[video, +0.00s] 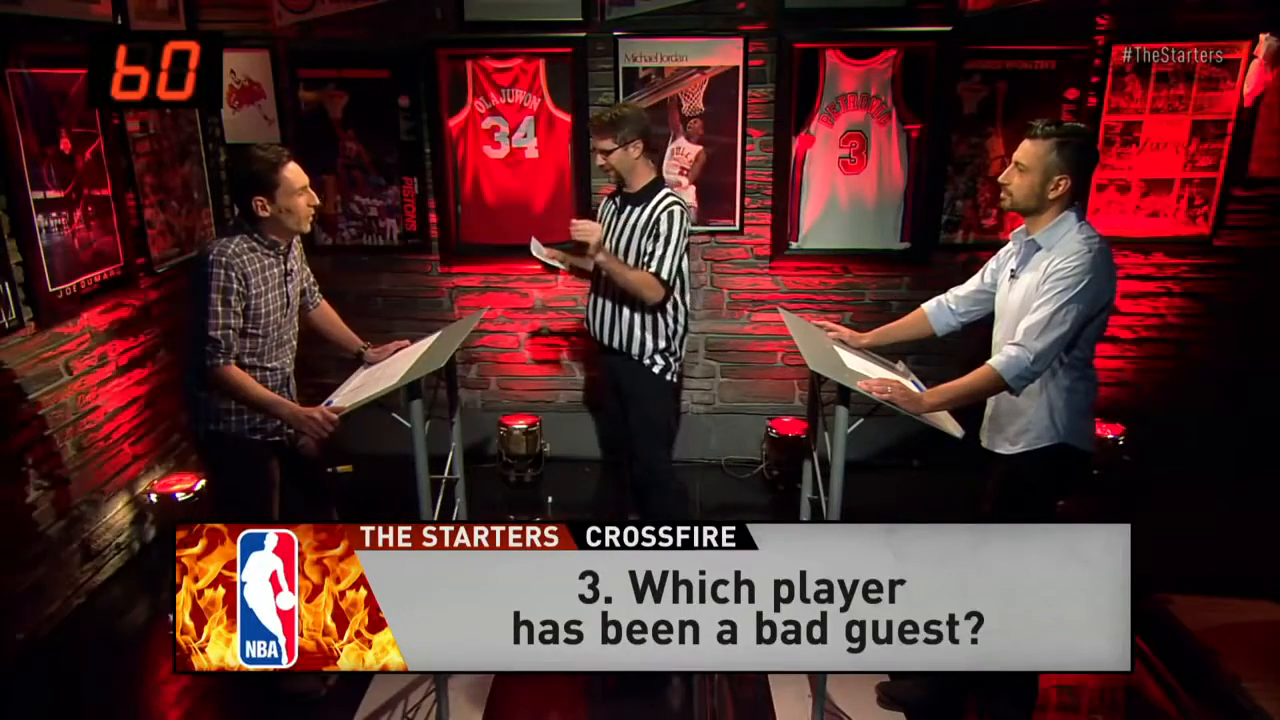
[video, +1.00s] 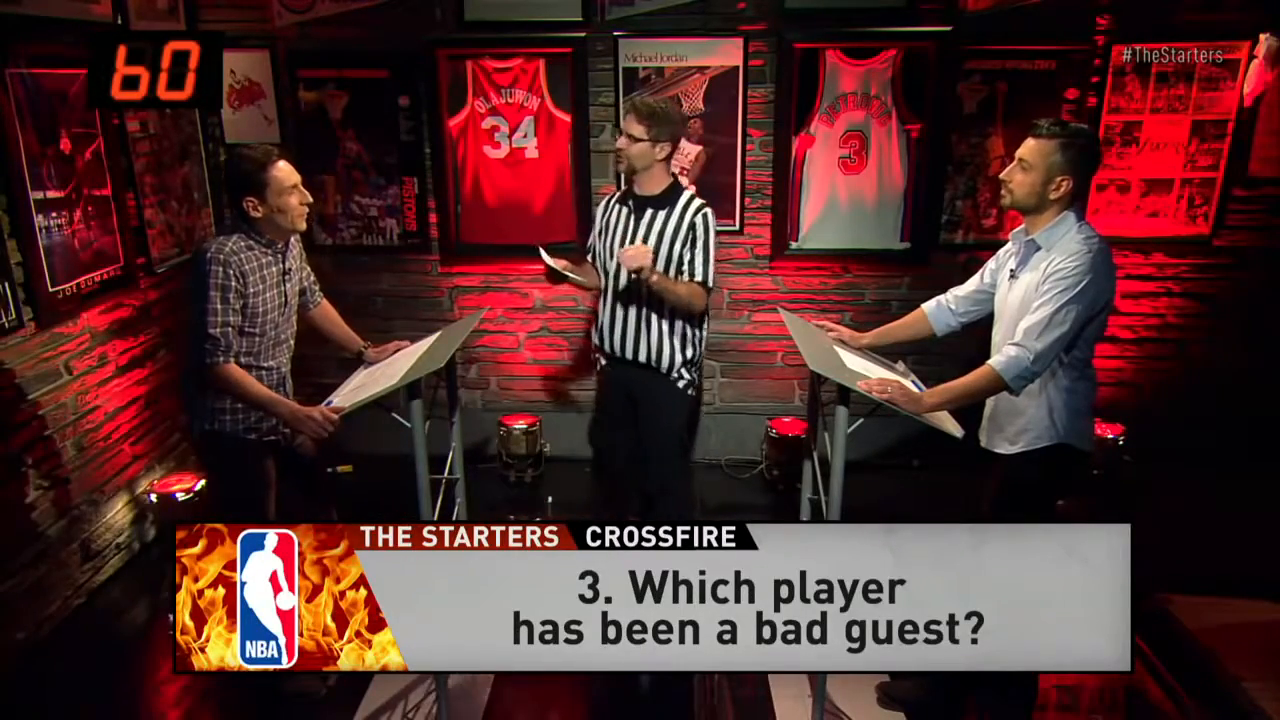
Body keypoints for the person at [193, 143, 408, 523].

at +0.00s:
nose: (315, 200)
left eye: (310, 189)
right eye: (301, 192)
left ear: (268, 206)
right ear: (264, 206)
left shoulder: (290, 245)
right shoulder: (228, 260)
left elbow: (312, 303)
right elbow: (218, 366)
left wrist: (364, 350)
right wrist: (293, 413)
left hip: (285, 425)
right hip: (238, 436)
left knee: (303, 526)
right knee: (252, 539)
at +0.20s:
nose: (314, 200)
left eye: (309, 188)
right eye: (300, 192)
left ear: (267, 207)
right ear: (263, 207)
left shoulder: (290, 245)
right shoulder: (226, 260)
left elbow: (312, 303)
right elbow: (217, 366)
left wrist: (363, 350)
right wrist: (292, 412)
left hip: (284, 425)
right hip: (237, 435)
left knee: (303, 526)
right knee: (251, 538)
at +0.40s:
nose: (314, 200)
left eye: (309, 188)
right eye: (300, 192)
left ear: (266, 206)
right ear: (262, 207)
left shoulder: (290, 245)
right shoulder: (226, 261)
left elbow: (312, 302)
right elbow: (217, 365)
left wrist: (363, 350)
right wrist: (292, 412)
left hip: (284, 426)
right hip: (237, 436)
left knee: (303, 527)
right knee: (250, 539)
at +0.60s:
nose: (313, 200)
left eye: (308, 188)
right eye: (299, 193)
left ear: (265, 207)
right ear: (261, 208)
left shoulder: (290, 244)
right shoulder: (226, 260)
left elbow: (313, 302)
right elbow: (217, 365)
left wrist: (363, 350)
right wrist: (292, 413)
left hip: (284, 425)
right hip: (237, 435)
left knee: (303, 527)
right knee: (250, 539)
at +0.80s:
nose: (311, 200)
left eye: (306, 188)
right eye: (297, 193)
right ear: (259, 208)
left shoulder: (290, 244)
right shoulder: (226, 260)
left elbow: (313, 302)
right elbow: (217, 365)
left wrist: (364, 350)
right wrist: (292, 413)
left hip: (283, 425)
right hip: (237, 436)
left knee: (298, 526)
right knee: (251, 538)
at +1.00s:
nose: (307, 198)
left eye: (302, 186)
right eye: (292, 190)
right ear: (255, 207)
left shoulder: (289, 244)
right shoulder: (223, 258)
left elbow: (313, 302)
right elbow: (217, 363)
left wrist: (364, 350)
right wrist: (292, 412)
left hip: (282, 422)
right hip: (235, 433)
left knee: (297, 523)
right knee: (249, 536)